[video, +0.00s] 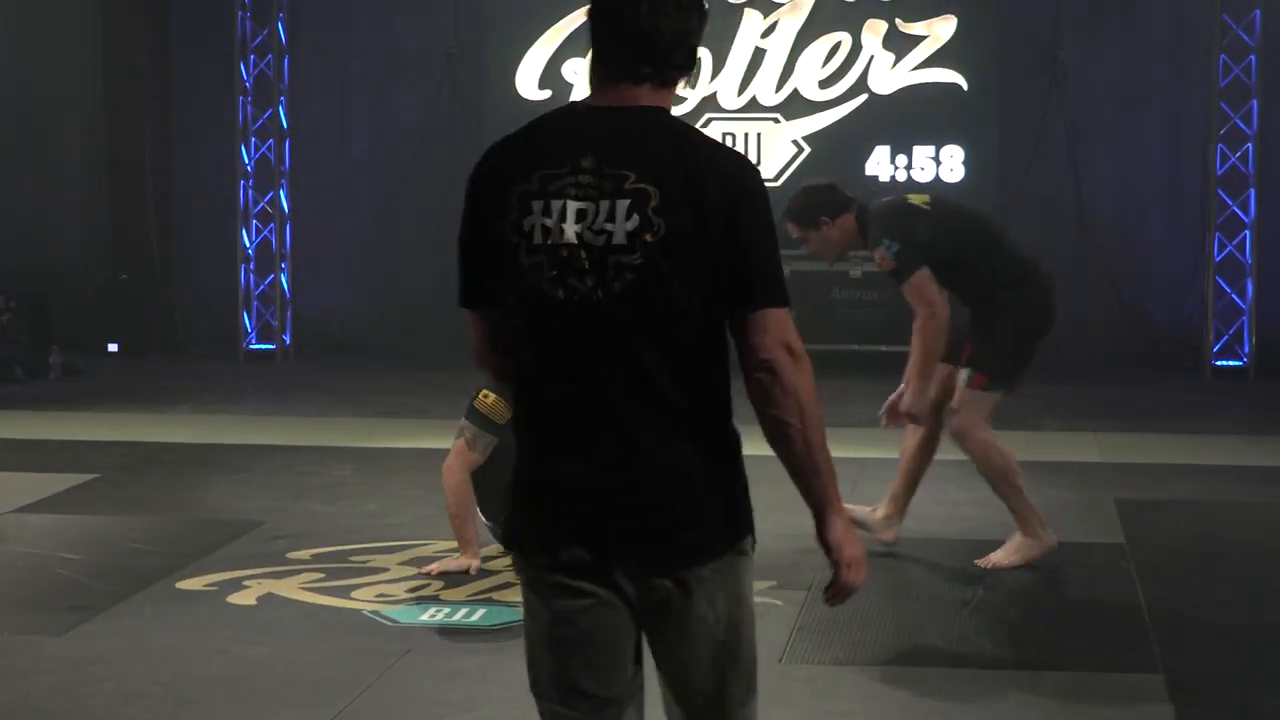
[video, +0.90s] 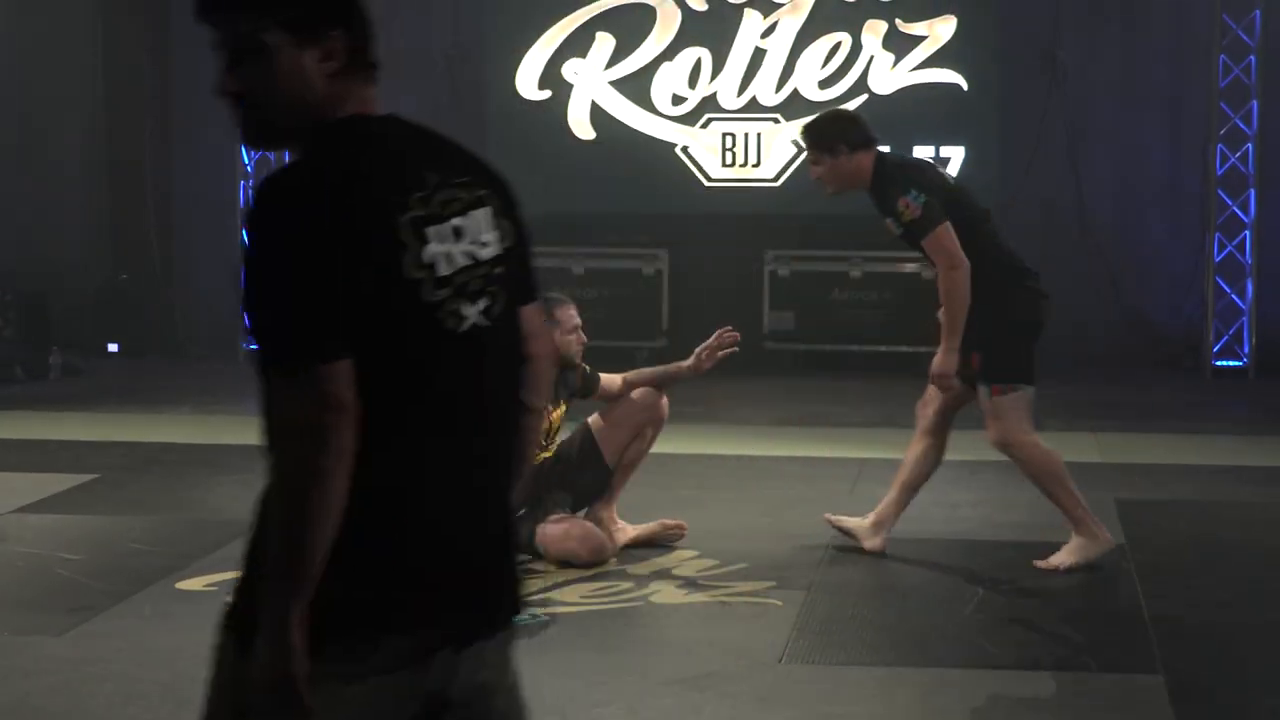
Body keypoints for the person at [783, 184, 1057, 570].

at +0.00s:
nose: (808, 251)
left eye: (805, 240)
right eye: (802, 243)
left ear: (829, 224)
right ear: (834, 220)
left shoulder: (886, 230)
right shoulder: (882, 221)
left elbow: (934, 311)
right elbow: (925, 312)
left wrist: (915, 392)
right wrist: (909, 384)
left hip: (1017, 301)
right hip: (981, 302)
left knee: (966, 422)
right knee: (928, 399)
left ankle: (1034, 532)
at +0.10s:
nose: (790, 272)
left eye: (786, 262)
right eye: (784, 265)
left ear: (804, 245)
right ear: (807, 243)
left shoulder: (861, 246)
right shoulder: (852, 257)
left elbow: (922, 314)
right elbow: (883, 343)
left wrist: (888, 394)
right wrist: (875, 416)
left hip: (992, 312)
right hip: (957, 314)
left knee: (913, 409)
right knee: (891, 408)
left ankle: (980, 509)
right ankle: (875, 526)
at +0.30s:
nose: (747, 347)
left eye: (747, 337)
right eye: (742, 342)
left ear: (771, 320)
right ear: (772, 318)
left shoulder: (818, 328)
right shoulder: (798, 344)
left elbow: (898, 345)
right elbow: (778, 418)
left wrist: (920, 420)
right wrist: (741, 456)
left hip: (951, 382)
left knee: (832, 418)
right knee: (831, 408)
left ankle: (831, 542)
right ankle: (864, 528)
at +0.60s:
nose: (741, 286)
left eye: (743, 275)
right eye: (739, 277)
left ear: (769, 263)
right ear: (768, 264)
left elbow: (907, 335)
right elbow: (762, 360)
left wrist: (911, 419)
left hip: (948, 354)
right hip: (915, 349)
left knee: (841, 412)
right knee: (827, 404)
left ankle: (830, 542)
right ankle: (861, 528)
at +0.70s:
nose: (763, 228)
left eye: (767, 216)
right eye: (760, 218)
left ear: (797, 206)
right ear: (795, 208)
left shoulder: (863, 224)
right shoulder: (820, 242)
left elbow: (926, 292)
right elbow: (825, 303)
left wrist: (923, 375)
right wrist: (839, 350)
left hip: (968, 320)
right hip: (934, 319)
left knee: (877, 403)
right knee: (855, 400)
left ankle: (900, 532)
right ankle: (863, 522)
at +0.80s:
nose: (788, 189)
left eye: (791, 178)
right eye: (785, 179)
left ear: (820, 169)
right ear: (820, 170)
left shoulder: (880, 194)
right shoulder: (857, 204)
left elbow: (945, 267)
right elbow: (895, 255)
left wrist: (935, 353)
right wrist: (908, 306)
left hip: (988, 298)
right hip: (958, 298)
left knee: (925, 411)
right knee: (898, 401)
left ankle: (1024, 506)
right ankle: (867, 526)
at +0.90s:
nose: (813, 174)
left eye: (816, 162)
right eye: (811, 164)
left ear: (844, 154)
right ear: (849, 153)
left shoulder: (897, 183)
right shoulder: (891, 180)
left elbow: (954, 263)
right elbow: (949, 258)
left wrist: (948, 351)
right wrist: (951, 311)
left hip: (1007, 303)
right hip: (981, 301)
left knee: (1009, 432)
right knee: (932, 415)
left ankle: (1090, 532)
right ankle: (877, 525)